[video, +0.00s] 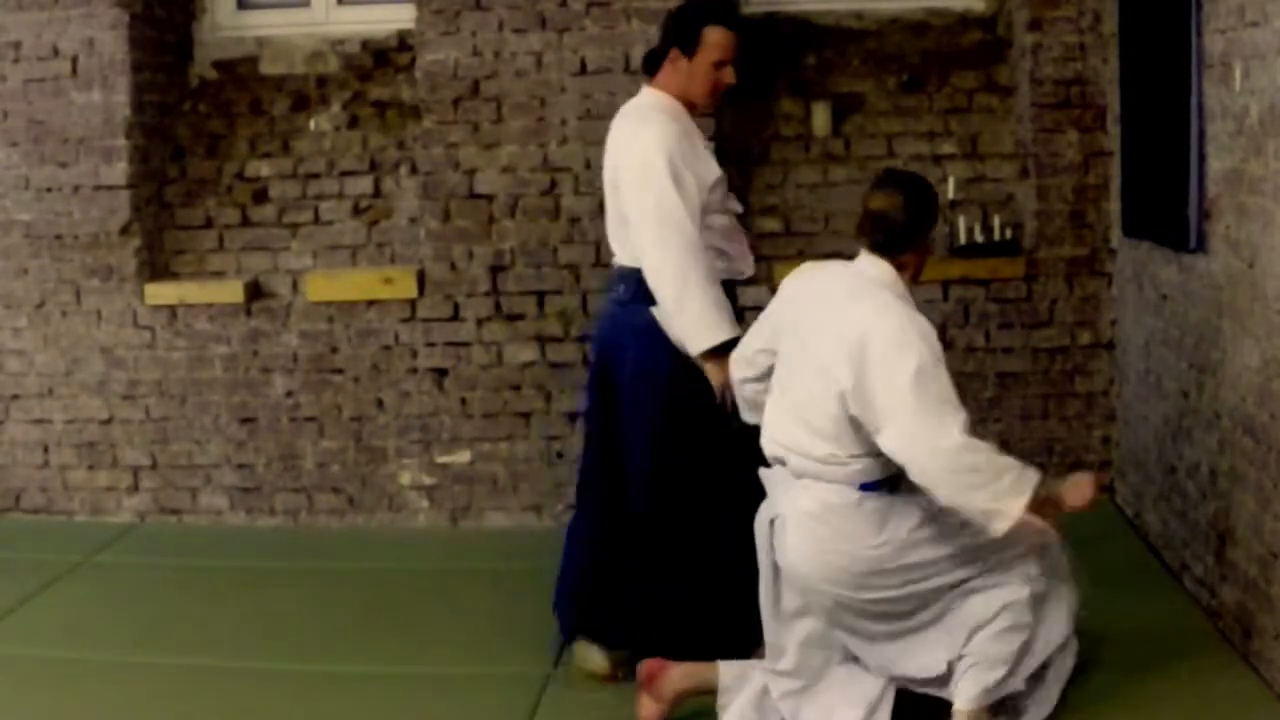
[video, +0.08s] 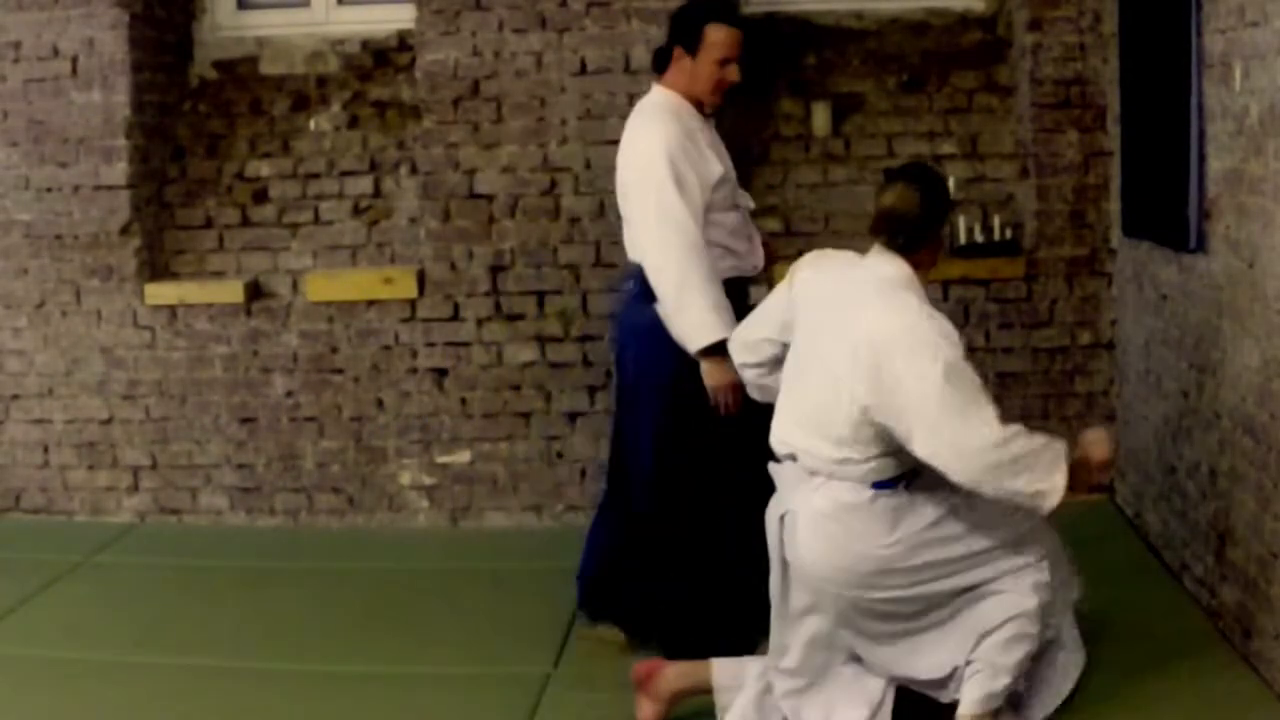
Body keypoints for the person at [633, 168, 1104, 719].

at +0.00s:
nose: (934, 248)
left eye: (927, 235)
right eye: (934, 237)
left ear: (861, 230)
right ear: (923, 248)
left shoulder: (806, 282)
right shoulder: (894, 325)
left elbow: (745, 371)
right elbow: (936, 452)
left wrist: (797, 429)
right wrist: (1046, 491)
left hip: (785, 514)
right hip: (852, 531)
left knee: (815, 677)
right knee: (1029, 554)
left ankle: (684, 680)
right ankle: (974, 706)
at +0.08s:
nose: (949, 239)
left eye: (943, 227)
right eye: (949, 229)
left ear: (877, 224)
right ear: (939, 240)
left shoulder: (817, 271)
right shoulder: (913, 330)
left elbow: (748, 352)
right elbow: (976, 454)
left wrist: (814, 395)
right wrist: (1069, 461)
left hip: (793, 507)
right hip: (861, 528)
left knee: (812, 674)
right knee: (1032, 558)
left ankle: (681, 679)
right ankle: (978, 708)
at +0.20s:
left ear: (885, 197)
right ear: (953, 217)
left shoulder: (817, 244)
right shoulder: (942, 298)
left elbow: (750, 337)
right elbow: (1010, 417)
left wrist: (823, 360)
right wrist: (1060, 391)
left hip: (796, 485)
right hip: (877, 499)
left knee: (839, 648)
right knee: (1043, 546)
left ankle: (682, 676)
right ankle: (980, 707)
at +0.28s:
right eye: (956, 159)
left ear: (891, 156)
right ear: (952, 169)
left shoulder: (812, 213)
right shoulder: (955, 253)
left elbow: (743, 302)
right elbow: (1026, 372)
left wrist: (810, 360)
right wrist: (1038, 315)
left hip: (798, 455)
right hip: (890, 471)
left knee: (815, 615)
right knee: (1044, 546)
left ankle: (660, 683)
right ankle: (976, 711)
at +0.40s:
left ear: (868, 83)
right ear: (937, 87)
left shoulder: (798, 155)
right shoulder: (970, 170)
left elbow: (727, 258)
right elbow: (1033, 300)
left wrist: (801, 293)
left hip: (796, 405)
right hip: (905, 416)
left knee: (765, 549)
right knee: (1022, 550)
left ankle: (648, 697)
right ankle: (973, 711)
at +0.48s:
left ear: (858, 47)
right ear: (930, 51)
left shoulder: (796, 122)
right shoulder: (969, 134)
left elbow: (708, 219)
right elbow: (1025, 257)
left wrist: (795, 226)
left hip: (799, 368)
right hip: (911, 380)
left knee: (737, 531)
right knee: (980, 553)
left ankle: (674, 693)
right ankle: (960, 699)